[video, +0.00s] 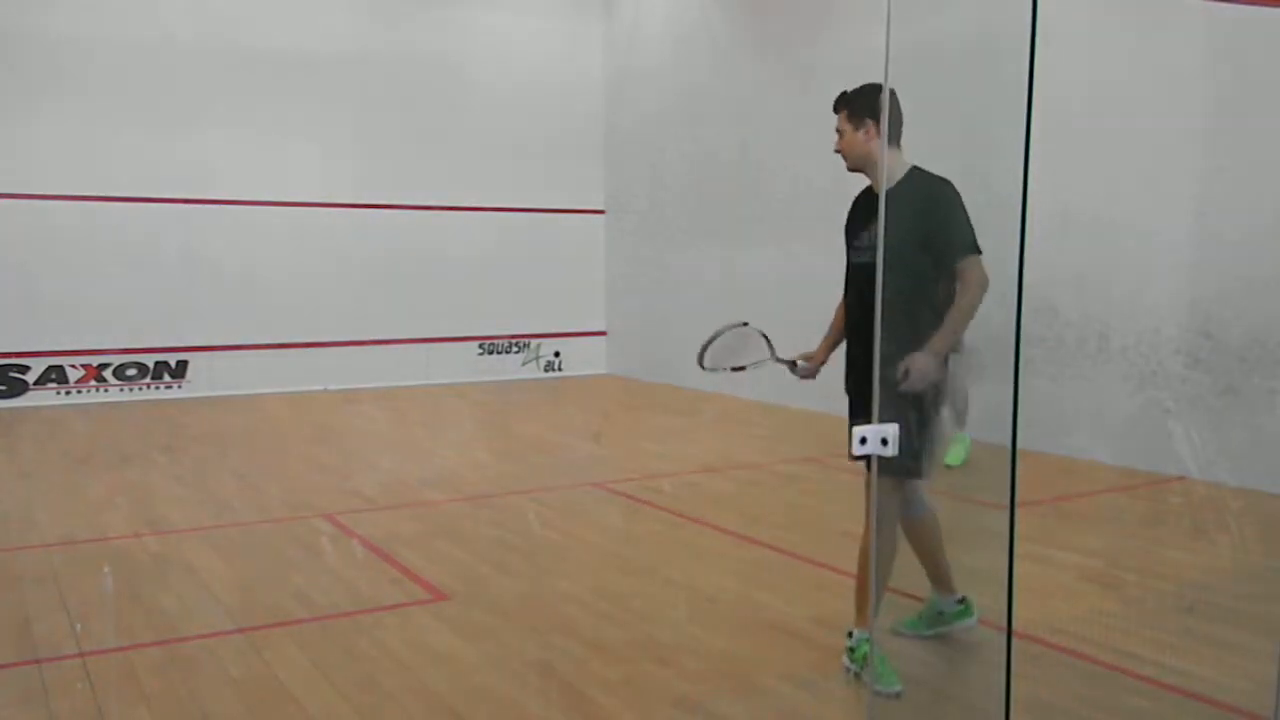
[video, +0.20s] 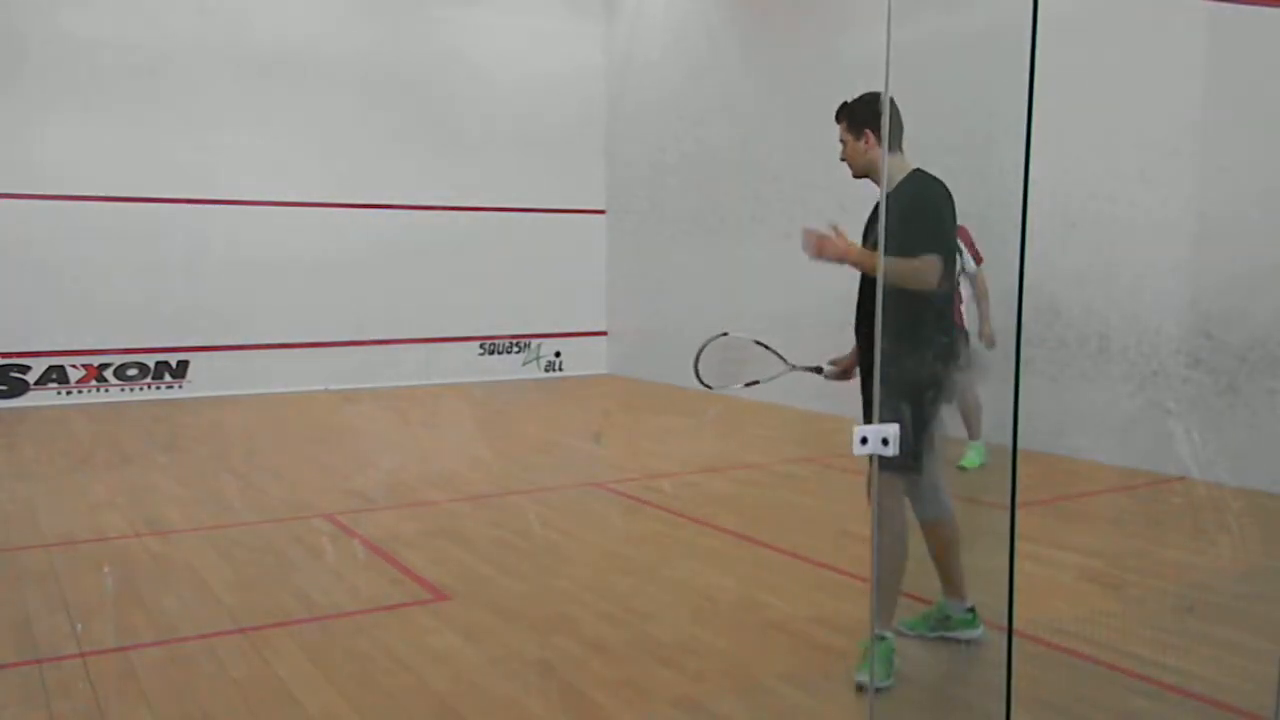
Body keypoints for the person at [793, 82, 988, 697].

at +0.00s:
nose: (836, 145)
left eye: (841, 133)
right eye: (836, 133)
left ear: (872, 130)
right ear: (866, 132)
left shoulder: (934, 193)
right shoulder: (863, 208)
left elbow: (975, 279)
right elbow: (857, 292)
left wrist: (936, 350)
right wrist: (822, 351)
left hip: (910, 374)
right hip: (867, 372)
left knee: (883, 495)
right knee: (904, 492)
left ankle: (863, 635)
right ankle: (948, 597)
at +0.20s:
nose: (841, 156)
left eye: (844, 144)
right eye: (840, 145)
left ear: (869, 139)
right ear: (874, 138)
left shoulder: (924, 195)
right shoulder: (889, 208)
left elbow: (929, 274)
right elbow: (898, 298)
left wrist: (853, 255)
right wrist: (861, 354)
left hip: (911, 370)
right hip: (897, 368)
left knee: (887, 493)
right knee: (924, 485)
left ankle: (881, 638)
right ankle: (957, 608)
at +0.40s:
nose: (845, 155)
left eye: (847, 145)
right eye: (844, 145)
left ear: (870, 140)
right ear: (884, 138)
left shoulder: (898, 192)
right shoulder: (922, 187)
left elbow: (838, 230)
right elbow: (919, 291)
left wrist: (829, 176)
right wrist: (873, 352)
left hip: (896, 368)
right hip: (915, 363)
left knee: (872, 484)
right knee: (919, 479)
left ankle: (876, 631)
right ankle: (956, 607)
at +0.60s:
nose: (834, 163)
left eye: (834, 152)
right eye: (834, 153)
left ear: (850, 146)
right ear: (876, 142)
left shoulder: (874, 187)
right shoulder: (914, 187)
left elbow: (802, 193)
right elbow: (925, 276)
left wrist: (816, 138)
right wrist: (881, 345)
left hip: (878, 362)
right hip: (906, 359)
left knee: (842, 475)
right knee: (912, 479)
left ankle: (843, 614)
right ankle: (954, 605)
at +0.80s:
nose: (810, 172)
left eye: (811, 161)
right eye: (808, 163)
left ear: (823, 151)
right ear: (856, 147)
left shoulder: (853, 190)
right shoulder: (890, 197)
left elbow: (775, 187)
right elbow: (893, 289)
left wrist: (800, 129)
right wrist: (840, 351)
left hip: (848, 364)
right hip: (882, 363)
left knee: (806, 479)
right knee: (891, 482)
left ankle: (847, 610)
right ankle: (949, 600)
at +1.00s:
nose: (780, 167)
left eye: (780, 156)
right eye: (779, 157)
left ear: (791, 149)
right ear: (826, 144)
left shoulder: (814, 196)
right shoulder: (860, 198)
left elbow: (736, 200)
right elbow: (859, 289)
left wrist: (763, 141)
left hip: (816, 364)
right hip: (845, 359)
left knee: (812, 481)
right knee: (790, 463)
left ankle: (853, 618)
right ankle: (877, 558)